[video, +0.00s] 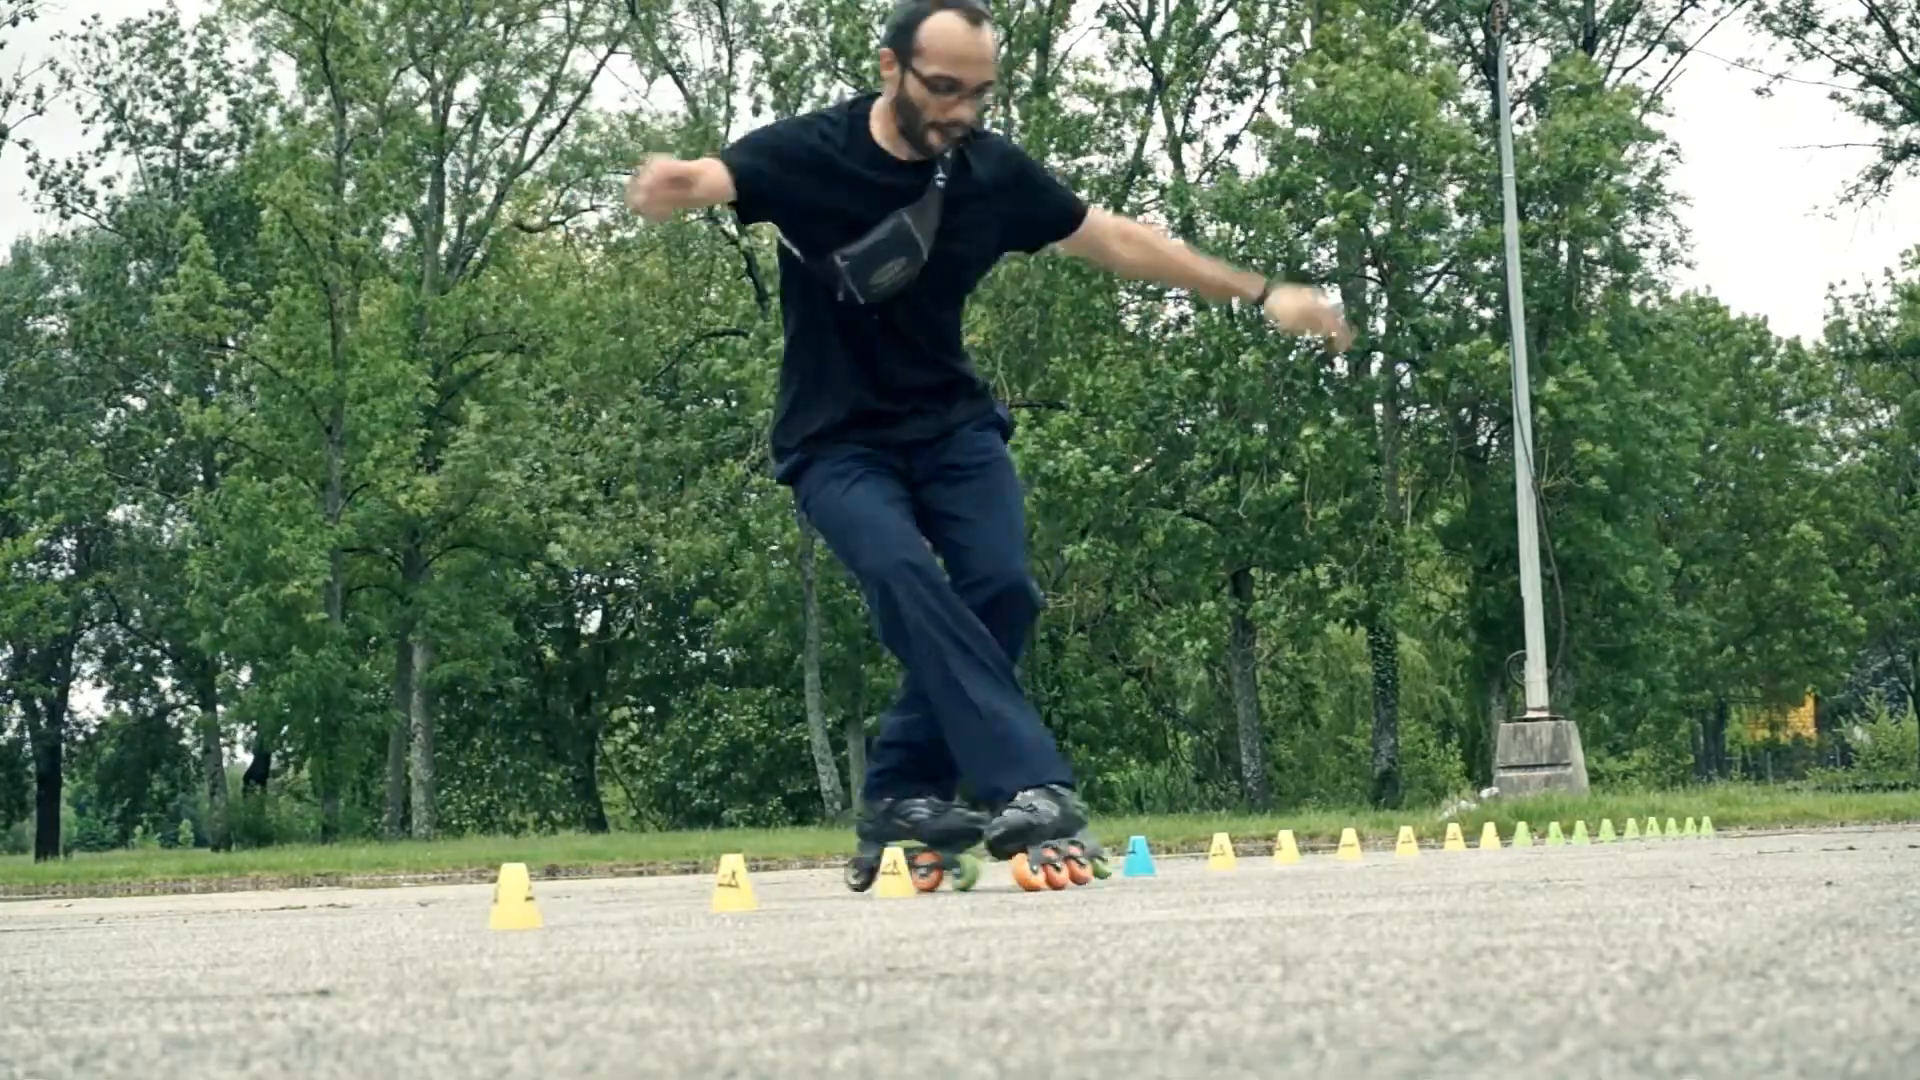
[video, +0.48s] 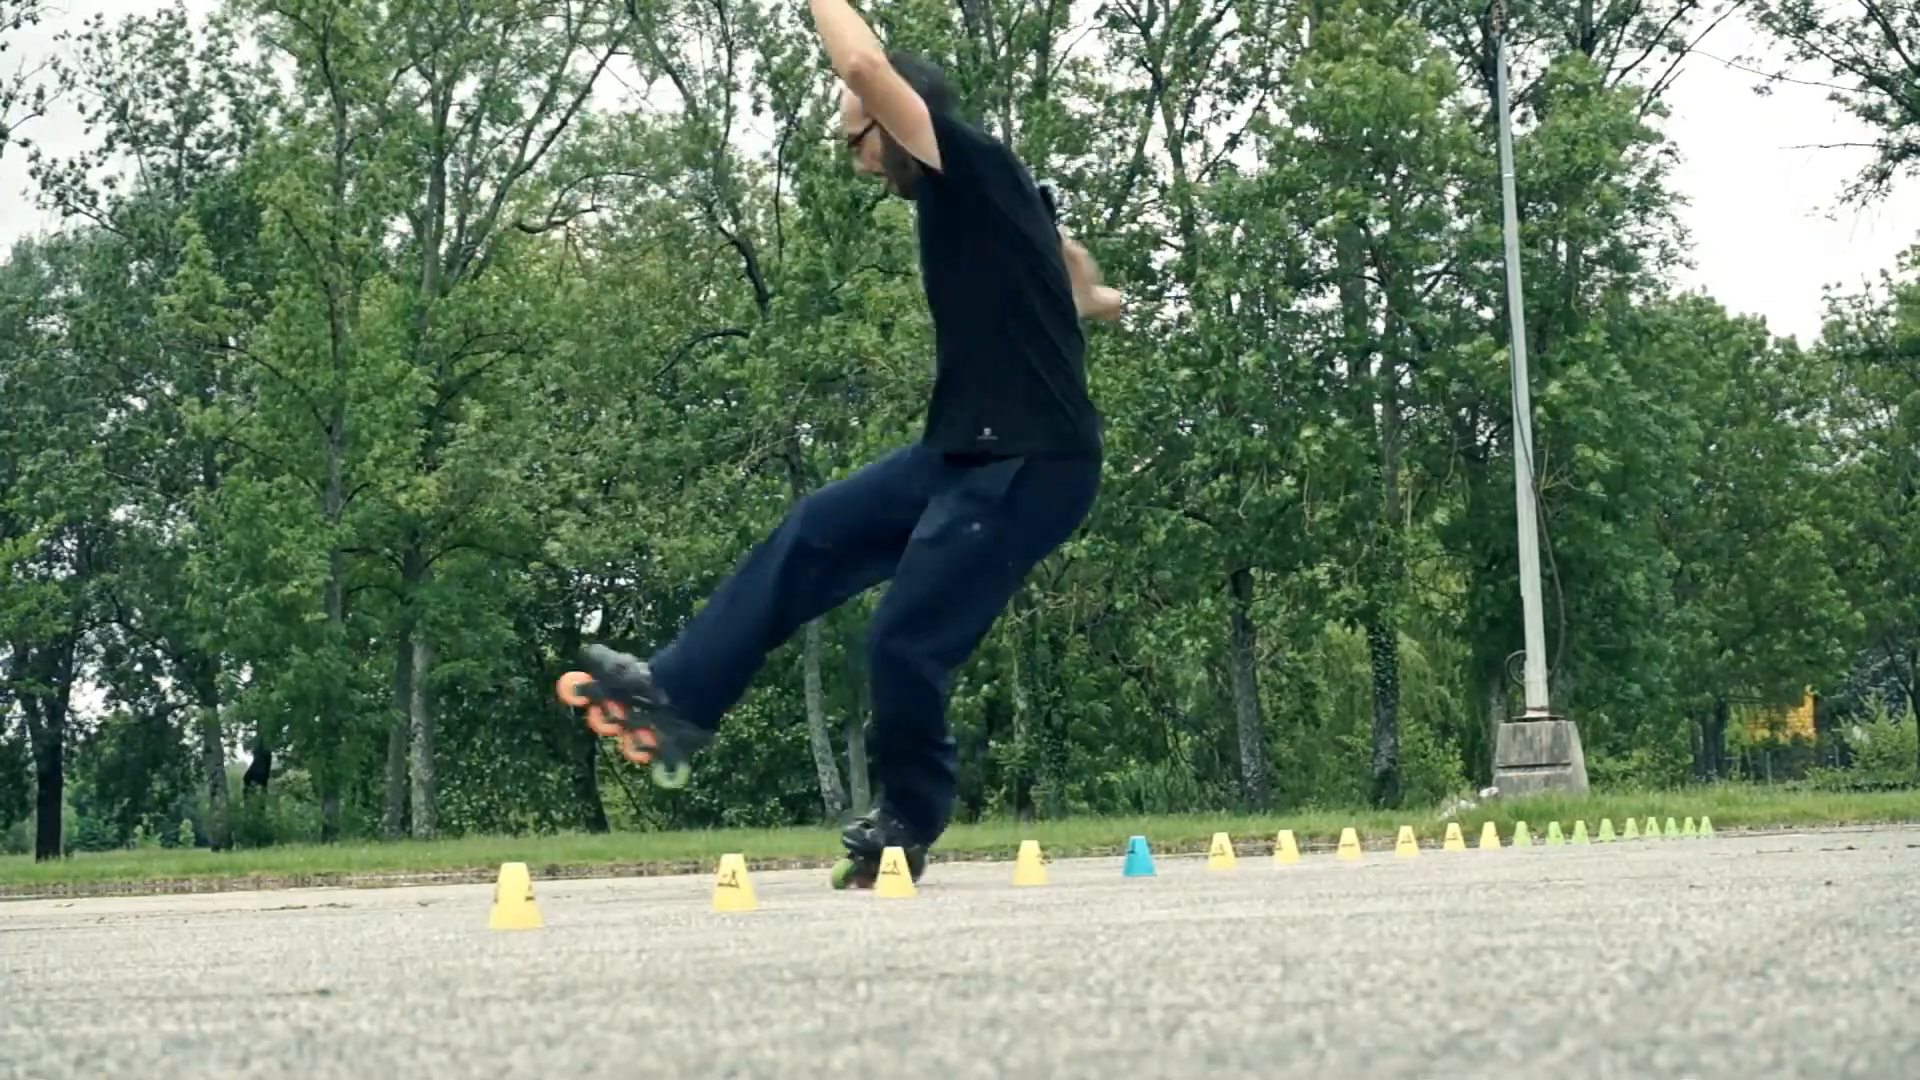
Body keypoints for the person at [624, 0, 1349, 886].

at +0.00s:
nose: (961, 110)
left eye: (978, 93)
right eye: (942, 88)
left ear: (992, 84)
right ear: (889, 71)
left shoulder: (996, 174)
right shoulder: (810, 152)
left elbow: (1118, 242)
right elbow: (709, 181)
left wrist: (1263, 293)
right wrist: (665, 187)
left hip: (951, 423)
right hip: (834, 434)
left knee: (1003, 586)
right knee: (902, 576)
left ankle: (904, 794)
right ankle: (1026, 788)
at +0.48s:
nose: (852, 151)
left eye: (860, 132)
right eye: (849, 138)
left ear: (906, 117)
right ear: (900, 136)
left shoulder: (973, 167)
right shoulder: (976, 196)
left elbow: (866, 66)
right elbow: (1066, 261)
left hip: (1034, 460)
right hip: (958, 450)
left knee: (907, 640)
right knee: (811, 535)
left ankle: (910, 817)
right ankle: (678, 696)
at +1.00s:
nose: (1321, 156)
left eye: (1315, 150)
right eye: (1318, 148)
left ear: (1230, 163)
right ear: (1306, 150)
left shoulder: (1194, 229)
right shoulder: (1340, 195)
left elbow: (1143, 221)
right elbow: (1473, 137)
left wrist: (1142, 162)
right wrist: (1551, 45)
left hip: (1287, 477)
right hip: (1390, 452)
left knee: (1276, 658)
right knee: (1457, 591)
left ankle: (1395, 816)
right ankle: (1535, 647)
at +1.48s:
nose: (1696, 95)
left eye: (1694, 84)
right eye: (1686, 83)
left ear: (1613, 78)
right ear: (1636, 76)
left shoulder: (1522, 181)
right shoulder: (1621, 113)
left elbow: (1493, 317)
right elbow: (1772, 72)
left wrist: (1473, 429)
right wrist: (1829, 67)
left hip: (1519, 423)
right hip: (1604, 401)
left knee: (1699, 606)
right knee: (1672, 612)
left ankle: (1800, 775)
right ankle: (1483, 730)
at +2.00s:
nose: (1565, 56)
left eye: (1587, 39)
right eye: (1547, 31)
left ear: (1605, 38)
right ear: (1505, 16)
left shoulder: (1596, 157)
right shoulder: (1430, 102)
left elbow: (1644, 286)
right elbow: (1318, 157)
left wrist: (1712, 379)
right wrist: (1357, 197)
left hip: (1528, 420)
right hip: (1412, 417)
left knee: (1568, 575)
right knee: (1466, 609)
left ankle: (1471, 762)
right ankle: (1445, 800)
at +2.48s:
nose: (1224, 28)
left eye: (1239, 9)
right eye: (1216, 14)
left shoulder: (1377, 82)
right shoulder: (1278, 90)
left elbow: (1441, 242)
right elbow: (1246, 203)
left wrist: (1368, 373)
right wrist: (1159, 305)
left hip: (1386, 383)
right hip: (1320, 390)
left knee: (1274, 577)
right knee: (1335, 600)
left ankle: (1266, 805)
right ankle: (1520, 735)